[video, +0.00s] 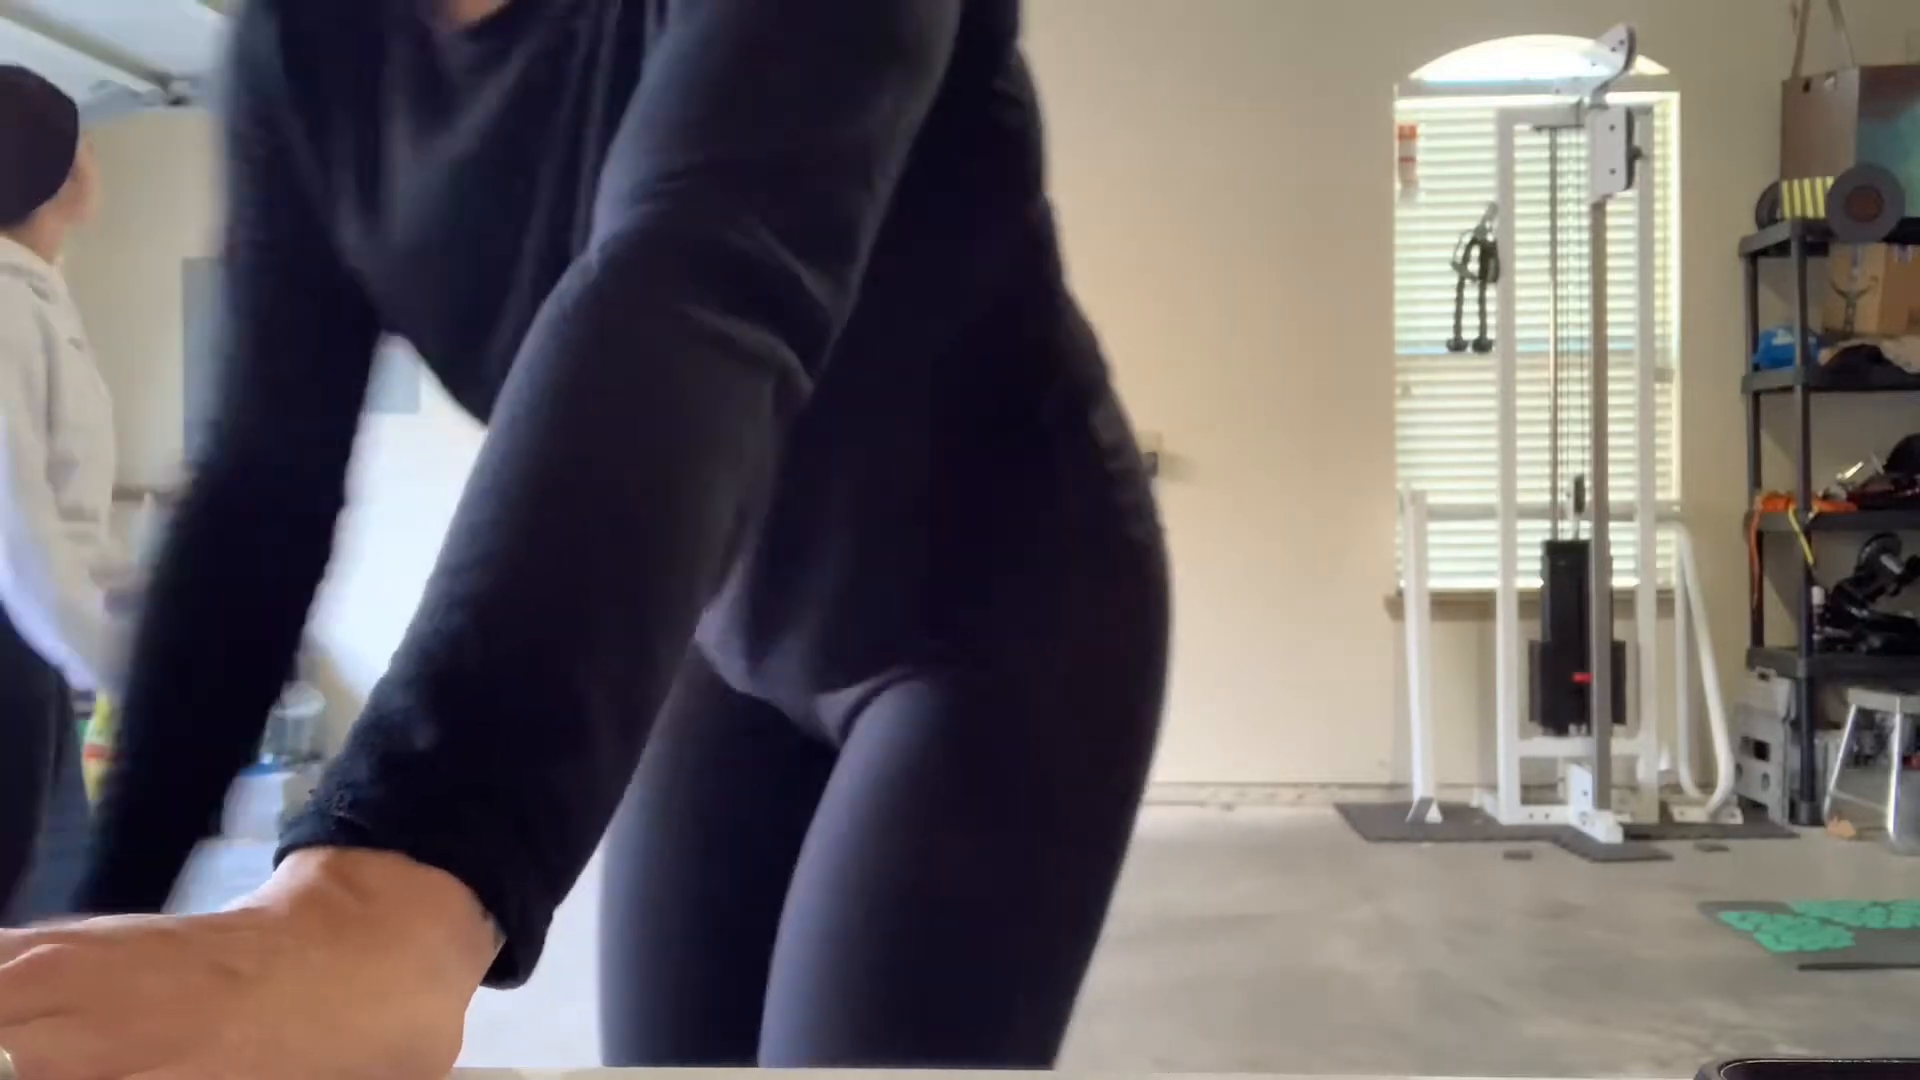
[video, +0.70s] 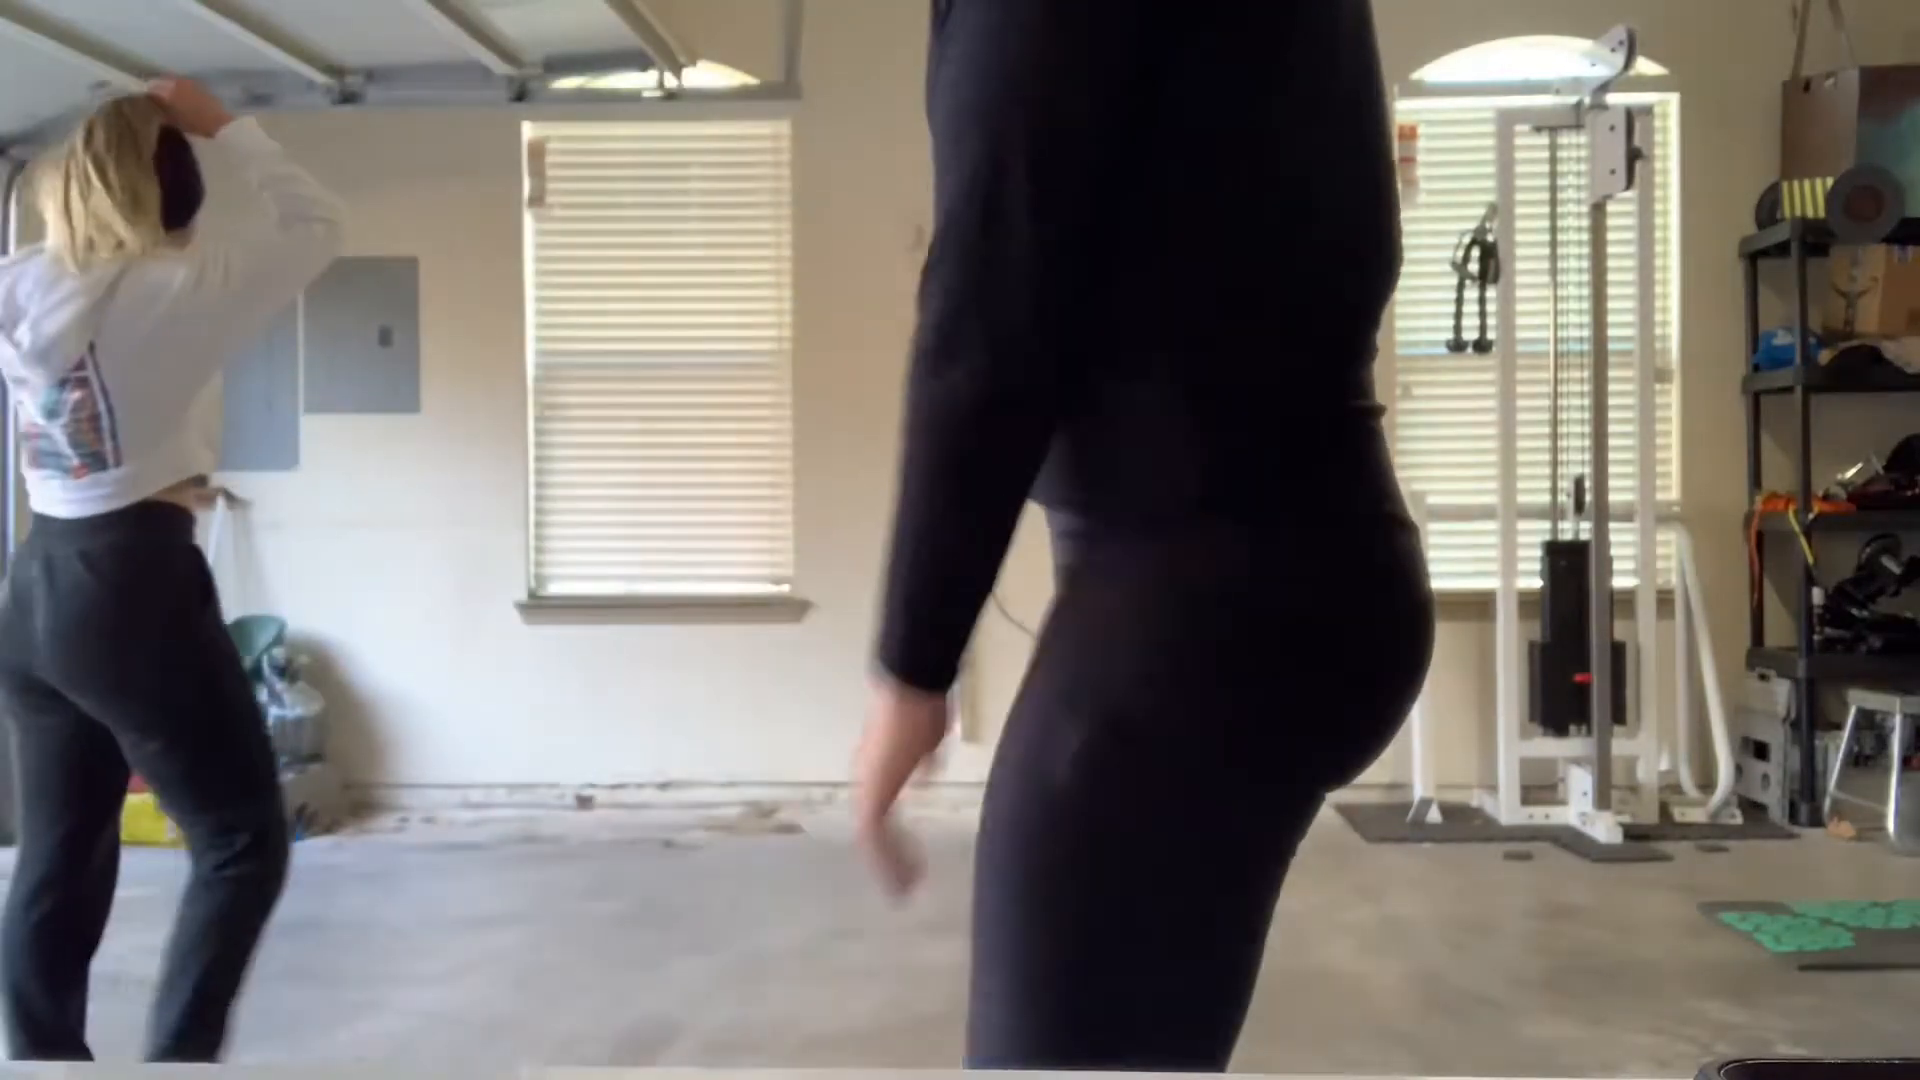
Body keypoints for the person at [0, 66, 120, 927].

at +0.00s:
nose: (95, 170)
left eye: (87, 151)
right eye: (86, 152)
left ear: (29, 176)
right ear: (63, 172)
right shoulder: (16, 307)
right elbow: (17, 529)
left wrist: (107, 599)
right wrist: (111, 667)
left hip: (48, 650)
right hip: (24, 658)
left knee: (57, 861)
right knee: (41, 867)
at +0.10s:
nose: (101, 168)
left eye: (95, 148)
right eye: (88, 149)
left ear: (24, 172)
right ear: (55, 169)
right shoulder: (17, 293)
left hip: (36, 592)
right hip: (17, 594)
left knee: (48, 864)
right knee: (27, 866)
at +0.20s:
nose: (110, 185)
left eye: (106, 164)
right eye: (103, 166)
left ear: (28, 172)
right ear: (73, 178)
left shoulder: (24, 284)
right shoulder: (26, 294)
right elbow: (161, 449)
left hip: (30, 572)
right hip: (28, 575)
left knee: (27, 812)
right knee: (30, 818)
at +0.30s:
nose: (114, 209)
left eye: (111, 186)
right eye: (108, 187)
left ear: (20, 174)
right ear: (81, 192)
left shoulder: (20, 275)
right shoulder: (48, 286)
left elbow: (81, 346)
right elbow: (253, 355)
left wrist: (177, 295)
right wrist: (312, 226)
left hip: (20, 556)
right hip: (48, 564)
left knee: (32, 814)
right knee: (49, 821)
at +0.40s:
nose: (124, 183)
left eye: (123, 163)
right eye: (115, 165)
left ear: (14, 174)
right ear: (94, 176)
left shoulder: (13, 287)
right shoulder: (86, 296)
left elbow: (82, 293)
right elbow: (284, 276)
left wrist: (135, 200)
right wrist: (256, 139)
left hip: (18, 578)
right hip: (56, 584)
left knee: (30, 863)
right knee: (83, 880)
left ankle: (27, 1038)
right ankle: (11, 1039)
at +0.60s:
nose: (178, 200)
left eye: (175, 183)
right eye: (170, 181)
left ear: (45, 180)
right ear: (146, 185)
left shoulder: (16, 280)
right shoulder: (149, 294)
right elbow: (296, 229)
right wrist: (212, 123)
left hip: (18, 579)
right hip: (104, 586)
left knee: (47, 854)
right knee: (183, 860)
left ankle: (30, 1054)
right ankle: (75, 1059)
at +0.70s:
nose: (197, 209)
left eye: (196, 190)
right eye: (192, 191)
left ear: (70, 190)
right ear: (174, 195)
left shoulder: (22, 288)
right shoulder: (175, 294)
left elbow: (44, 217)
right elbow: (310, 224)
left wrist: (119, 149)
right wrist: (223, 127)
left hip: (34, 591)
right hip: (133, 594)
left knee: (56, 854)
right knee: (244, 844)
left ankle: (41, 1060)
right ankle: (179, 1060)